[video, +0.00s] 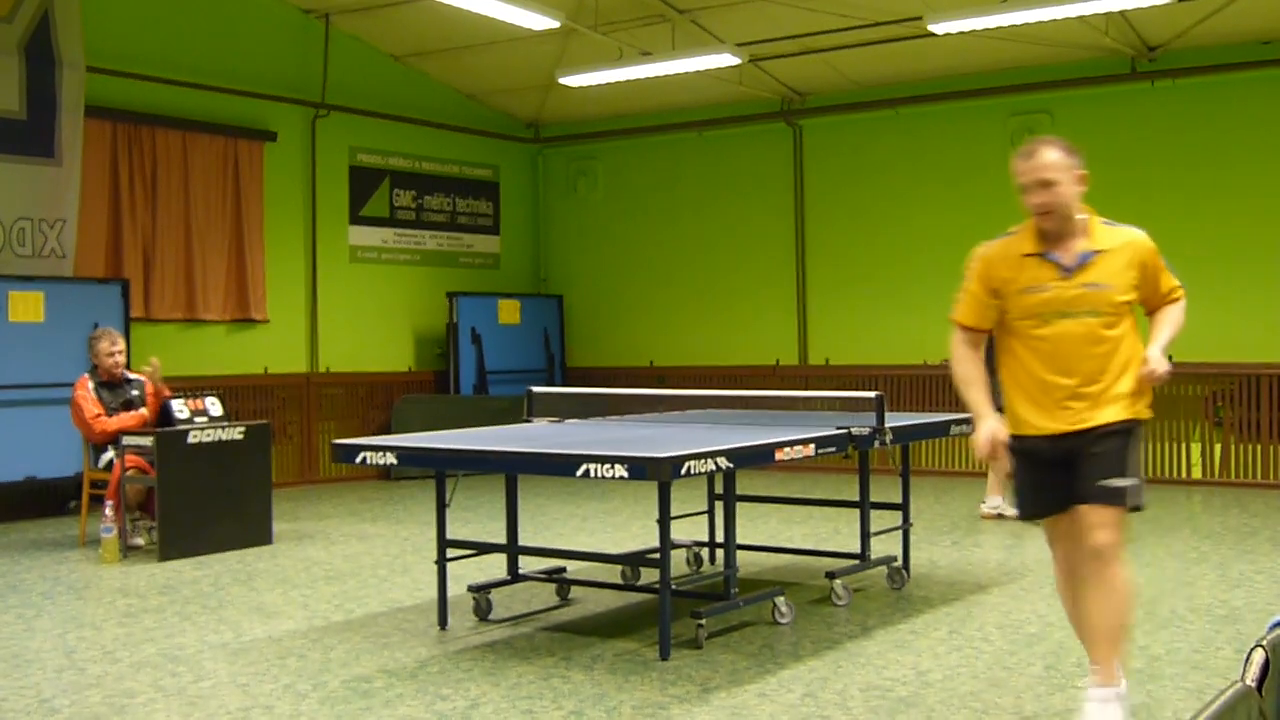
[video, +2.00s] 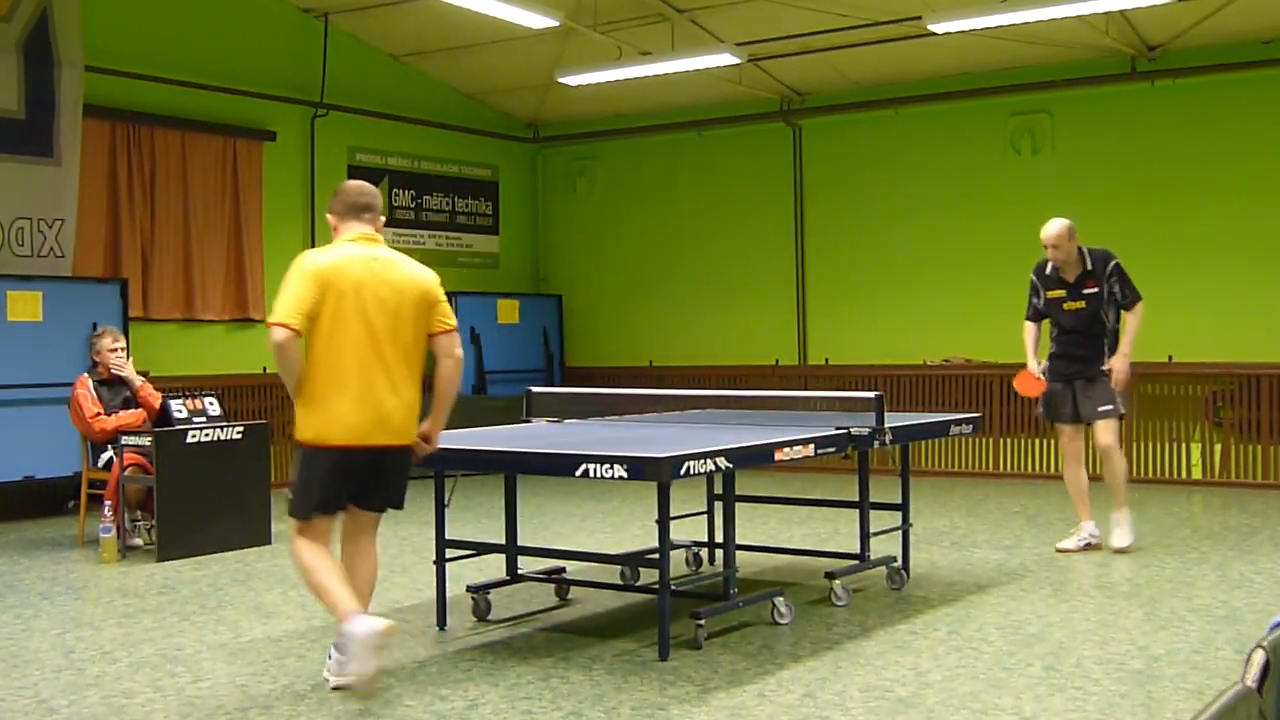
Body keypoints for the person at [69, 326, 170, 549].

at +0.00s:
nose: (118, 360)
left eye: (121, 353)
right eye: (110, 355)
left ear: (126, 354)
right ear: (95, 359)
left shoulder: (141, 381)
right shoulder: (85, 387)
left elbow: (161, 418)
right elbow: (97, 428)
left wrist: (159, 387)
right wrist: (142, 416)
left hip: (148, 444)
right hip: (112, 448)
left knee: (171, 468)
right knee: (134, 474)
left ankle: (151, 519)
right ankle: (132, 519)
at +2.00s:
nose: (120, 355)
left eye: (123, 350)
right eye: (113, 350)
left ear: (128, 354)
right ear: (96, 356)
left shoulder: (134, 380)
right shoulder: (84, 385)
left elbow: (161, 413)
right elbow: (96, 428)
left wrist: (135, 380)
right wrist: (143, 415)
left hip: (145, 445)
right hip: (110, 449)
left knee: (172, 468)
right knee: (135, 473)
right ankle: (133, 520)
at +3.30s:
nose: (119, 357)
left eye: (123, 352)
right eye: (113, 351)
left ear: (128, 354)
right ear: (96, 355)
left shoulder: (137, 382)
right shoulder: (84, 385)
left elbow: (162, 413)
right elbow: (97, 429)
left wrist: (132, 385)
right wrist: (142, 416)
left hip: (146, 446)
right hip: (111, 449)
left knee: (170, 469)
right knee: (133, 475)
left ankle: (149, 520)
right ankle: (129, 521)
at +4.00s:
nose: (120, 356)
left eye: (124, 351)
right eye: (113, 351)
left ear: (128, 354)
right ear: (97, 354)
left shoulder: (137, 381)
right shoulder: (84, 385)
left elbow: (163, 412)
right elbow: (97, 428)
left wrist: (133, 384)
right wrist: (142, 415)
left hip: (146, 446)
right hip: (112, 449)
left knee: (170, 469)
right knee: (133, 474)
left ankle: (152, 521)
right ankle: (131, 519)